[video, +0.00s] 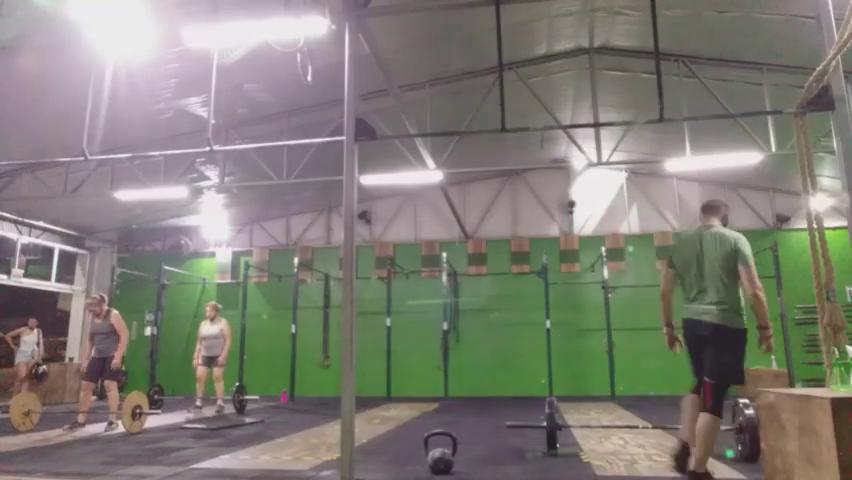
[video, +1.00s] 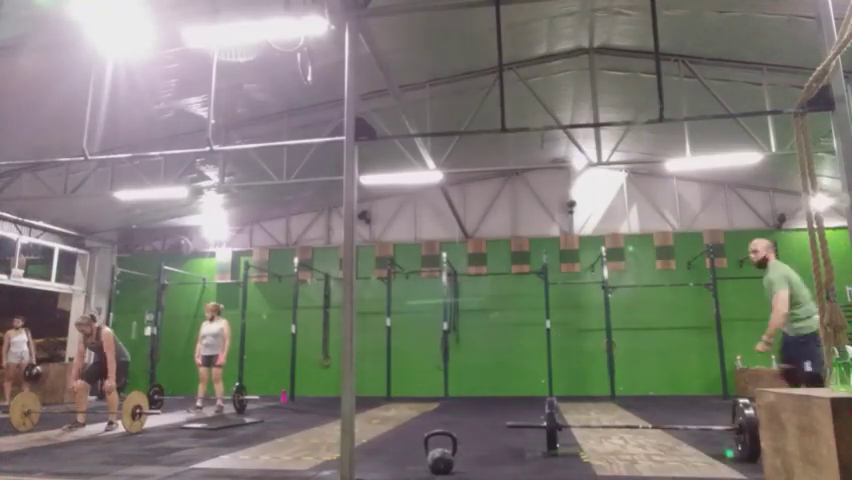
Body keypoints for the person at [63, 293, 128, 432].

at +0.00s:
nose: (93, 312)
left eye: (95, 309)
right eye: (91, 310)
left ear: (102, 305)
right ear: (90, 308)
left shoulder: (113, 315)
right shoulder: (92, 318)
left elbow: (124, 335)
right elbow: (90, 340)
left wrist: (118, 356)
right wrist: (85, 359)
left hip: (111, 356)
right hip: (96, 356)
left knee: (110, 385)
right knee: (86, 385)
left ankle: (112, 420)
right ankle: (81, 419)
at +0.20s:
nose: (88, 327)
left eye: (90, 324)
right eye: (85, 325)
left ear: (96, 319)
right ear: (82, 322)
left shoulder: (106, 326)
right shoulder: (85, 330)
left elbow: (111, 350)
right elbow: (83, 351)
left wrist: (109, 373)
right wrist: (80, 372)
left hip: (117, 361)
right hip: (100, 361)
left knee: (108, 384)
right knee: (79, 384)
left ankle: (112, 420)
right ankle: (80, 420)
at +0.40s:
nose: (83, 320)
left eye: (86, 317)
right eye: (81, 317)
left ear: (95, 318)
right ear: (80, 319)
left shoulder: (104, 330)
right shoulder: (83, 334)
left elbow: (108, 355)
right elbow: (80, 356)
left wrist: (107, 377)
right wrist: (77, 376)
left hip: (118, 361)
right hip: (100, 361)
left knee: (108, 385)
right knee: (81, 384)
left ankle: (112, 420)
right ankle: (80, 420)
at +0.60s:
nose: (82, 322)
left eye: (85, 319)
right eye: (80, 319)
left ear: (94, 320)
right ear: (79, 321)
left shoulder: (104, 331)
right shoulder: (82, 334)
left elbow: (107, 355)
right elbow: (80, 356)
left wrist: (107, 377)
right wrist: (76, 377)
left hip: (118, 361)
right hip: (101, 361)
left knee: (108, 385)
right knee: (81, 384)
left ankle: (112, 421)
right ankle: (80, 420)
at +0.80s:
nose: (82, 323)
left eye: (86, 320)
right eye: (81, 320)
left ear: (93, 321)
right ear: (79, 321)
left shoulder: (104, 331)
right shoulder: (83, 334)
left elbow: (108, 355)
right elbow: (80, 355)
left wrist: (107, 378)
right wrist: (77, 376)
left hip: (118, 360)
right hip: (101, 360)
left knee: (108, 385)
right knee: (81, 384)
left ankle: (112, 420)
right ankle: (80, 420)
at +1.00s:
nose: (82, 332)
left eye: (83, 329)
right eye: (80, 330)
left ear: (91, 325)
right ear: (80, 329)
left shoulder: (105, 333)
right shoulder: (84, 336)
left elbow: (111, 357)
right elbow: (80, 357)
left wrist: (111, 379)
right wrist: (74, 379)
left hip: (119, 360)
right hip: (102, 361)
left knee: (109, 387)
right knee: (81, 385)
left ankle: (112, 421)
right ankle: (80, 420)